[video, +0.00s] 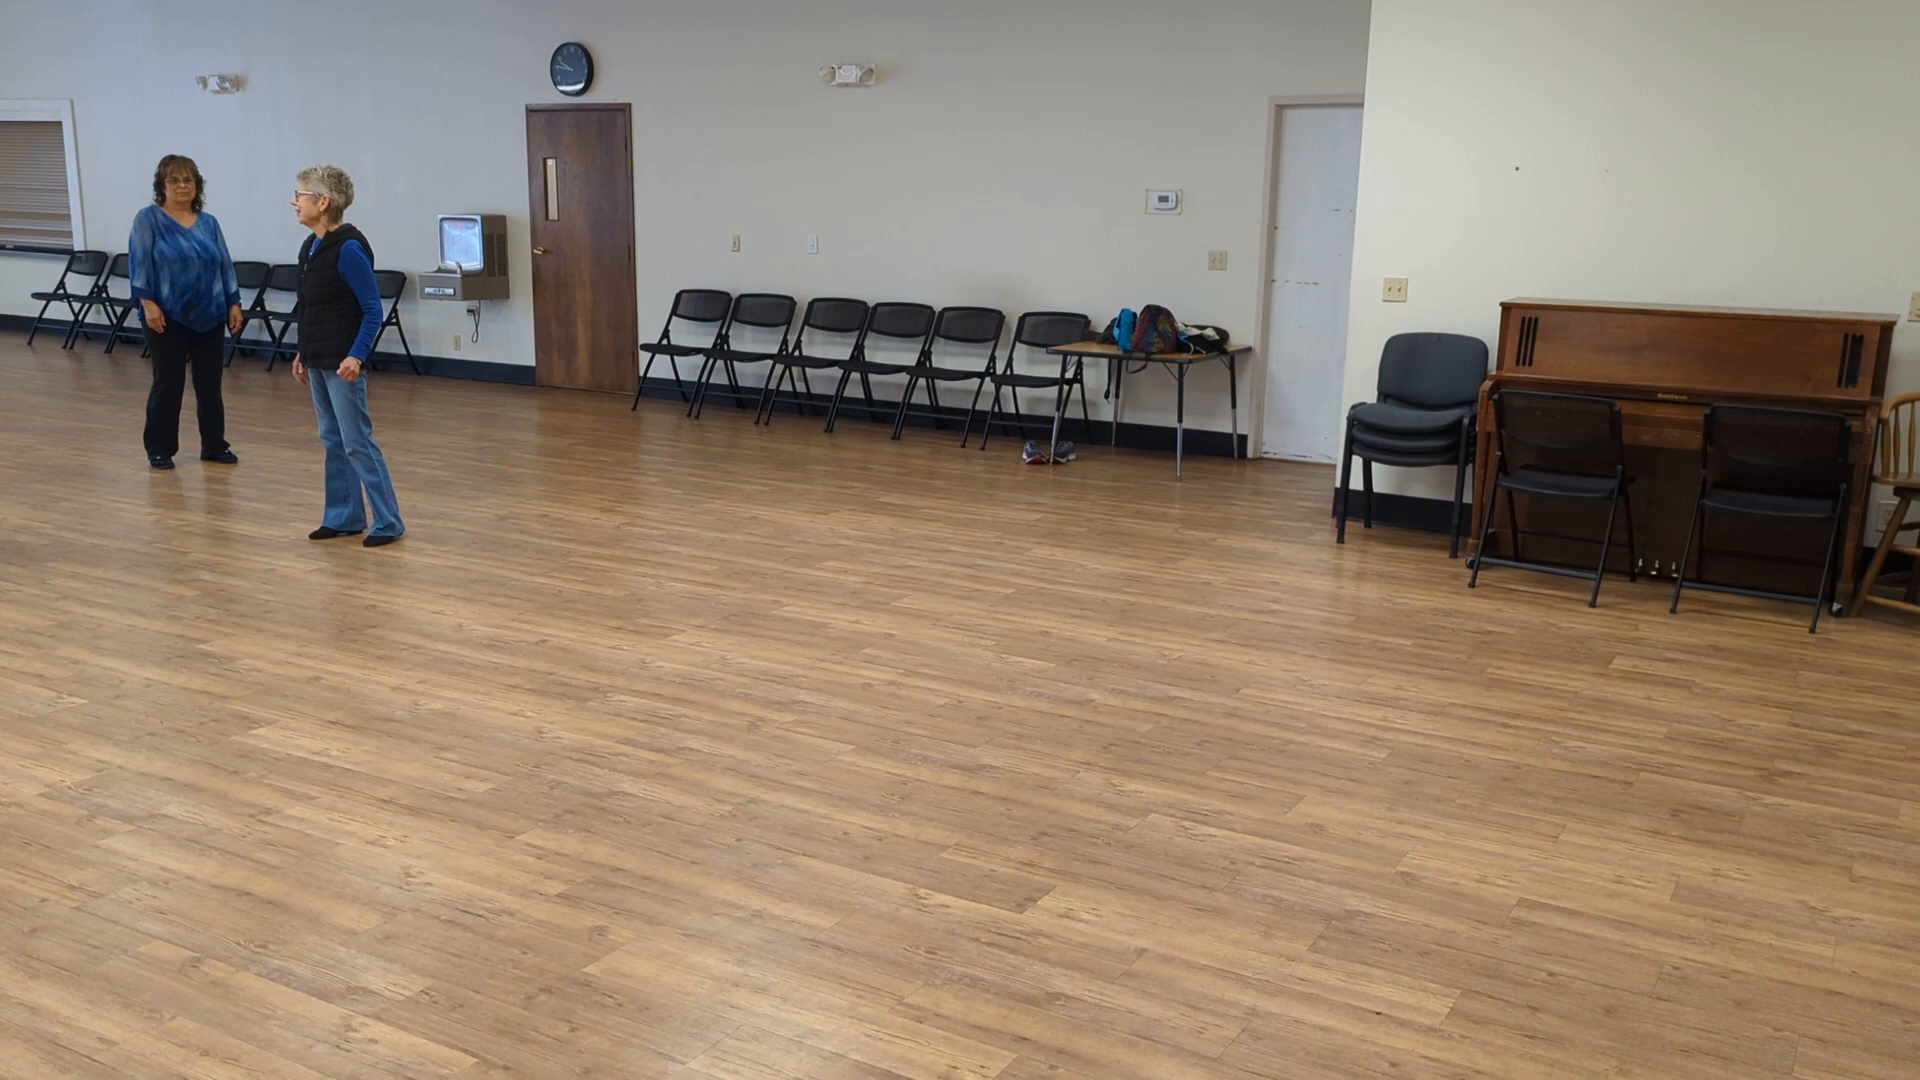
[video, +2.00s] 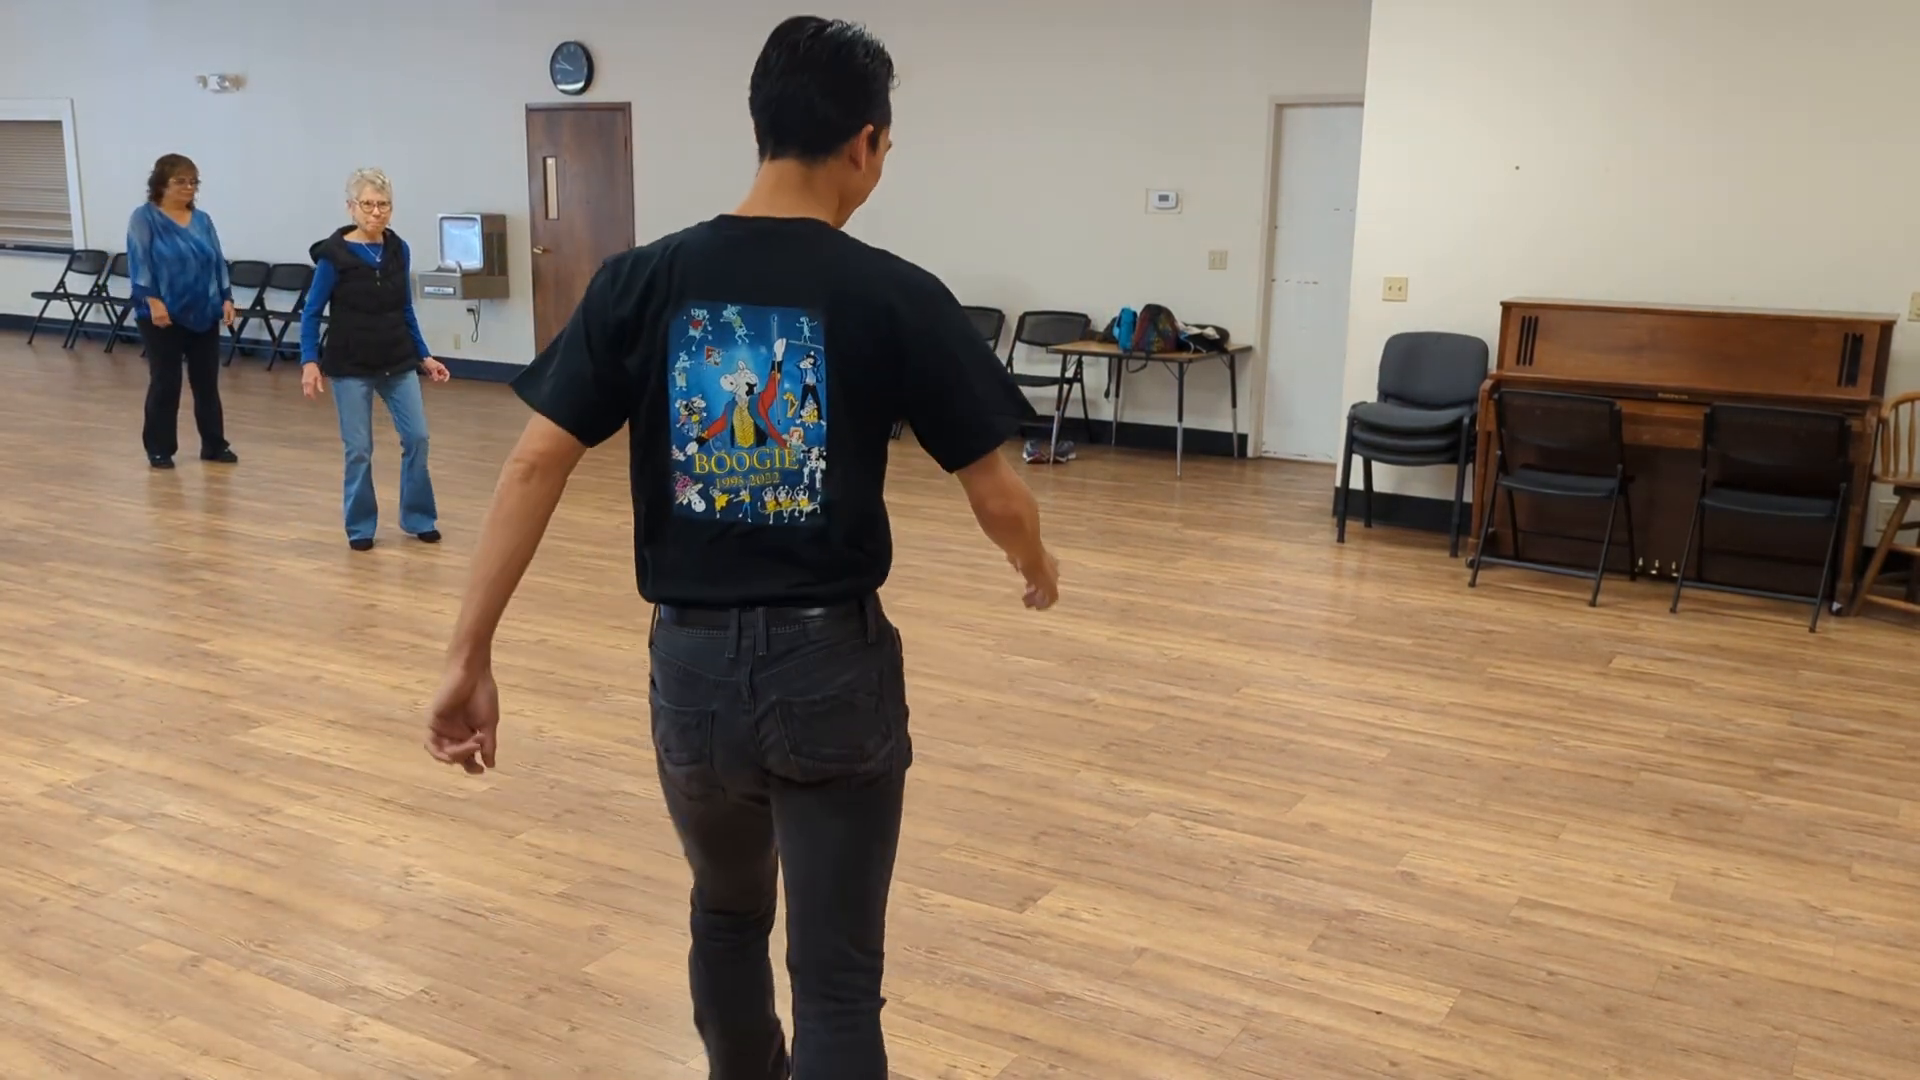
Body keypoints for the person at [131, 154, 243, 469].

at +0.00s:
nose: (182, 186)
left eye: (187, 180)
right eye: (174, 181)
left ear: (197, 185)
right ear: (162, 185)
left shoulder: (208, 222)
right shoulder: (148, 218)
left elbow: (226, 266)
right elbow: (139, 266)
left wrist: (234, 303)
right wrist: (148, 303)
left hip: (208, 315)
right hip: (167, 315)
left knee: (210, 385)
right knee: (168, 384)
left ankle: (214, 446)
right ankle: (160, 451)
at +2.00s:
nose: (190, 187)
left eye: (193, 181)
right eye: (182, 181)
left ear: (196, 184)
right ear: (163, 183)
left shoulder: (202, 219)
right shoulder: (144, 217)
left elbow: (219, 262)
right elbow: (139, 264)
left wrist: (226, 298)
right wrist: (153, 300)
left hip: (203, 313)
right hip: (163, 314)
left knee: (206, 383)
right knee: (166, 383)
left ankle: (214, 445)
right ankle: (159, 451)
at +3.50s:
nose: (154, 184)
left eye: (159, 179)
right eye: (146, 179)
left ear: (167, 183)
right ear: (133, 184)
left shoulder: (178, 217)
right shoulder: (120, 217)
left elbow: (195, 260)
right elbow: (110, 263)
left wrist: (201, 298)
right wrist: (115, 301)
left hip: (183, 310)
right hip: (143, 312)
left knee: (195, 378)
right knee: (150, 379)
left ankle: (211, 441)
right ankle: (152, 441)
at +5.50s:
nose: (166, 183)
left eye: (172, 178)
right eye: (159, 178)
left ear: (180, 183)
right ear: (147, 183)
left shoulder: (189, 218)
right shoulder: (134, 216)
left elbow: (204, 261)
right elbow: (128, 262)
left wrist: (214, 296)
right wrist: (134, 298)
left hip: (192, 308)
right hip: (155, 308)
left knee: (192, 375)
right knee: (157, 375)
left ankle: (193, 436)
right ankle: (152, 440)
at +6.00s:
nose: (165, 183)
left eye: (171, 178)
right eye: (158, 178)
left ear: (179, 183)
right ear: (145, 183)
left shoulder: (187, 217)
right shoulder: (133, 216)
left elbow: (202, 261)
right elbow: (129, 262)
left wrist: (212, 296)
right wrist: (140, 298)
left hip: (191, 308)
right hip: (155, 308)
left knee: (191, 374)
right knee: (157, 374)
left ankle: (193, 436)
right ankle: (152, 440)